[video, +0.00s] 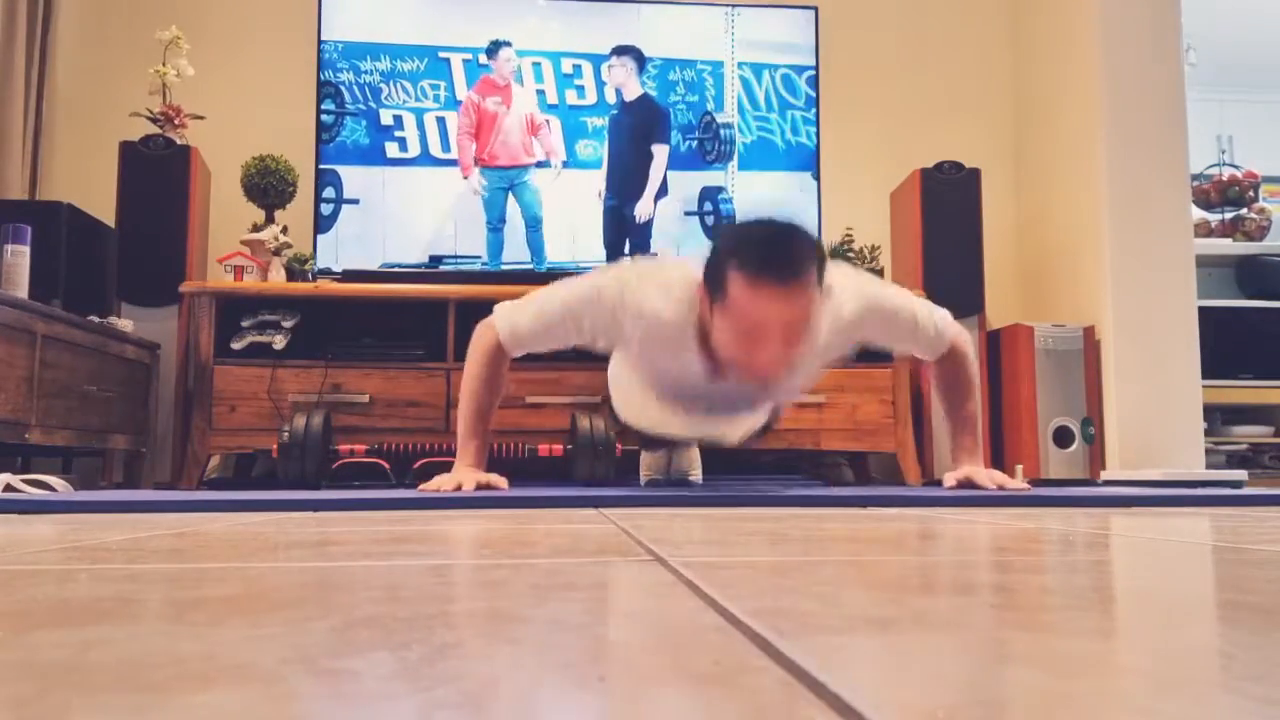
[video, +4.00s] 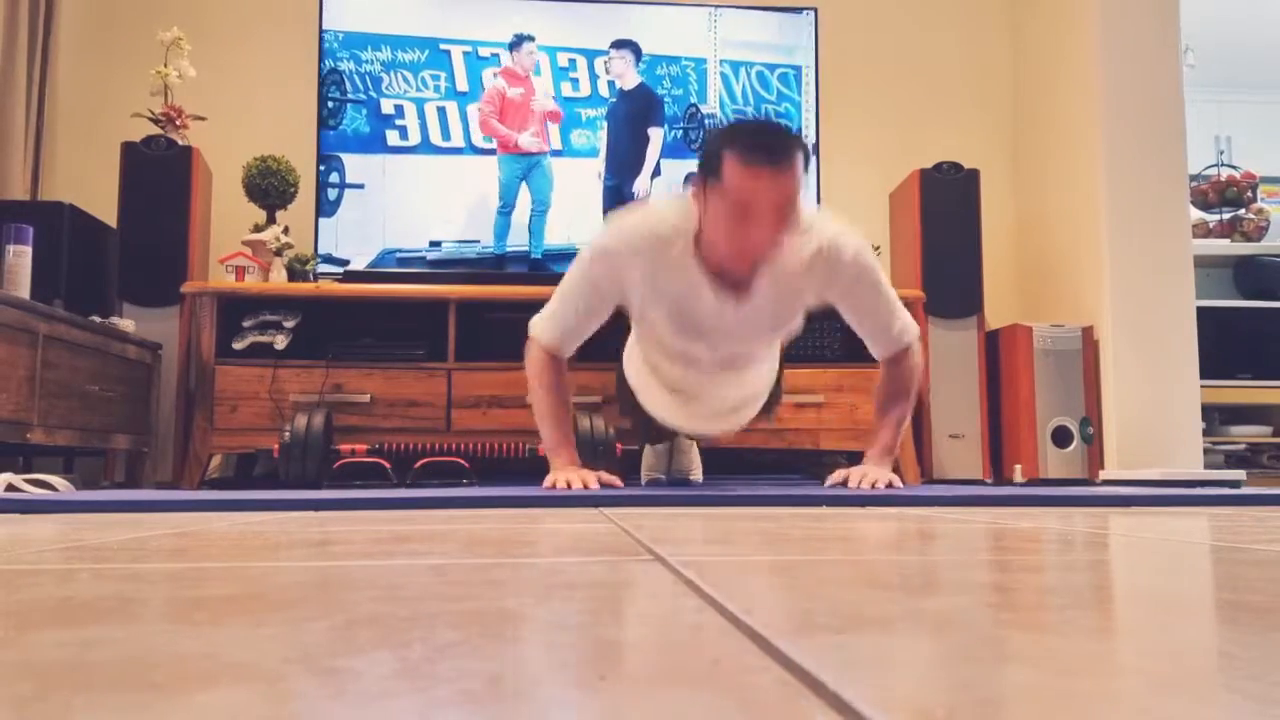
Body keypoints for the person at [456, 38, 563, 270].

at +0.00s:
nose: (514, 64)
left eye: (515, 59)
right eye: (508, 60)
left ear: (515, 60)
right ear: (493, 63)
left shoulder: (523, 94)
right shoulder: (476, 96)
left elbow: (539, 126)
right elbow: (464, 135)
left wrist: (552, 153)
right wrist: (469, 171)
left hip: (524, 170)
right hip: (492, 171)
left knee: (535, 218)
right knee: (495, 223)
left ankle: (540, 268)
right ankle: (494, 269)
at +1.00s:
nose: (529, 70)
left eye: (531, 65)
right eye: (524, 64)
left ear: (533, 66)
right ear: (508, 64)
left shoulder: (537, 96)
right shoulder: (491, 96)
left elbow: (562, 127)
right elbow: (475, 131)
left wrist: (552, 126)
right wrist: (480, 167)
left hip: (535, 170)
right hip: (505, 170)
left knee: (532, 223)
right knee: (500, 224)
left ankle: (535, 270)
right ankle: (490, 269)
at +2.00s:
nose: (546, 73)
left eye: (549, 68)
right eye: (541, 67)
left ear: (551, 67)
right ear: (526, 65)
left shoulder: (553, 95)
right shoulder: (509, 94)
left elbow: (572, 115)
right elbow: (494, 131)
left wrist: (583, 122)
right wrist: (529, 146)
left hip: (544, 168)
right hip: (515, 168)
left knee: (538, 218)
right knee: (506, 217)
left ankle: (538, 265)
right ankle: (496, 262)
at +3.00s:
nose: (527, 60)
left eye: (528, 55)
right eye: (522, 55)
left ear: (529, 57)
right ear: (507, 58)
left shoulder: (534, 86)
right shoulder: (494, 88)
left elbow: (551, 112)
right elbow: (479, 121)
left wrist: (554, 121)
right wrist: (507, 142)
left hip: (536, 159)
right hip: (508, 159)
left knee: (538, 210)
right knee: (506, 210)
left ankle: (545, 258)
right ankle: (503, 256)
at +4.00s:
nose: (535, 58)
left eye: (535, 53)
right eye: (530, 53)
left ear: (532, 55)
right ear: (515, 55)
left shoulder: (537, 83)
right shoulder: (499, 85)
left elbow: (557, 118)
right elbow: (486, 121)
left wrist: (551, 107)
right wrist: (517, 139)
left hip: (539, 156)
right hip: (511, 156)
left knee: (542, 205)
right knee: (506, 206)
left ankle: (536, 256)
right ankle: (499, 255)